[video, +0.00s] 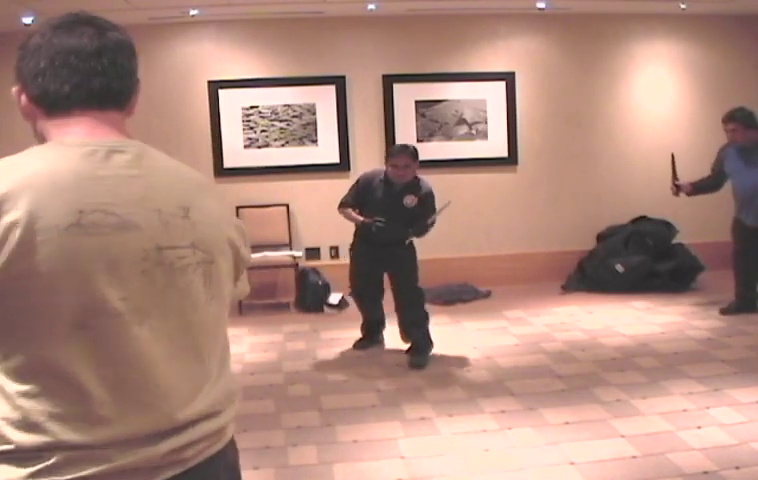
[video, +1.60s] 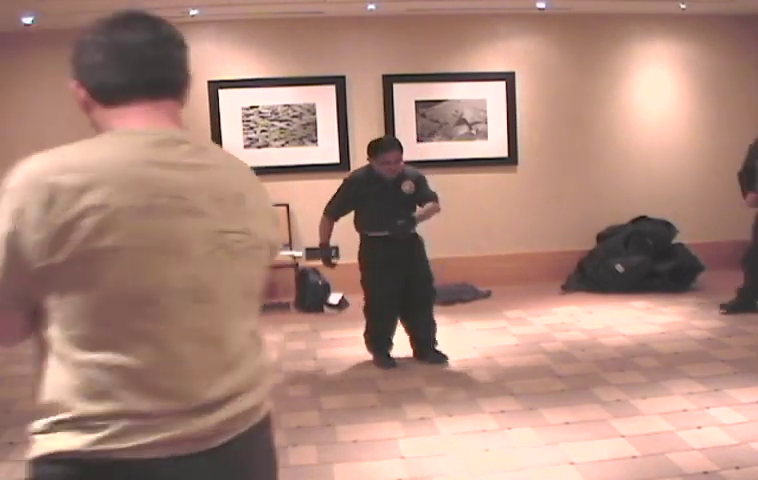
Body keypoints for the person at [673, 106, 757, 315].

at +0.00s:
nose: (730, 136)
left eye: (734, 130)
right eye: (727, 131)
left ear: (750, 130)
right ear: (726, 131)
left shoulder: (754, 152)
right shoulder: (728, 153)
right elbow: (716, 181)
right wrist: (689, 187)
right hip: (744, 218)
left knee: (751, 259)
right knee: (743, 259)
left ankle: (750, 300)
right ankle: (744, 300)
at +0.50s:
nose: (725, 135)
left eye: (730, 128)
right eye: (722, 129)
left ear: (745, 128)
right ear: (721, 130)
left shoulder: (755, 148)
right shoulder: (719, 155)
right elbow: (694, 180)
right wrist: (664, 184)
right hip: (741, 222)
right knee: (739, 261)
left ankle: (751, 300)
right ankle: (744, 300)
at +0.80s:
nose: (723, 129)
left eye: (728, 123)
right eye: (720, 124)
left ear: (743, 124)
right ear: (718, 127)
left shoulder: (754, 145)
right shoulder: (718, 150)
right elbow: (697, 167)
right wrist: (682, 176)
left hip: (754, 218)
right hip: (738, 218)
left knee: (752, 261)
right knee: (739, 261)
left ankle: (751, 301)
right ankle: (743, 301)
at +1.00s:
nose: (731, 126)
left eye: (736, 120)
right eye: (729, 121)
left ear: (751, 121)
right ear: (727, 123)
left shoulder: (754, 146)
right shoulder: (726, 148)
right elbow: (705, 179)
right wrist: (710, 191)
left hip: (754, 216)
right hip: (739, 217)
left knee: (750, 260)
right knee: (739, 260)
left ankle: (750, 300)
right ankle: (743, 300)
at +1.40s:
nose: (756, 118)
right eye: (755, 114)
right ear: (754, 117)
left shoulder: (748, 145)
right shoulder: (748, 145)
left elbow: (732, 172)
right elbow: (733, 172)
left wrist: (740, 193)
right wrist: (738, 193)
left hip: (753, 215)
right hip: (753, 215)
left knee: (750, 256)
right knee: (749, 256)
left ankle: (747, 298)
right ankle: (746, 298)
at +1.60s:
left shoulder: (753, 148)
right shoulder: (753, 147)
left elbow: (747, 169)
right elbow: (747, 169)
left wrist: (750, 191)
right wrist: (749, 190)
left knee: (753, 254)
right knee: (752, 254)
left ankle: (749, 295)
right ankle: (748, 294)